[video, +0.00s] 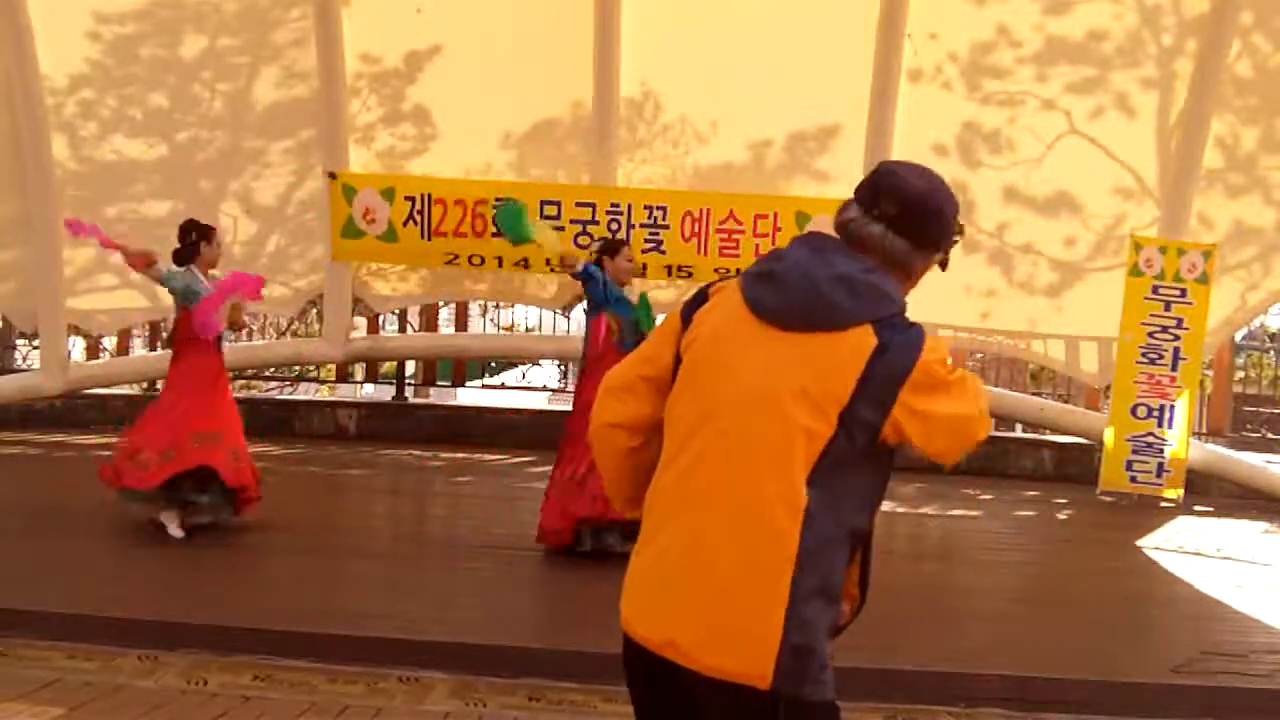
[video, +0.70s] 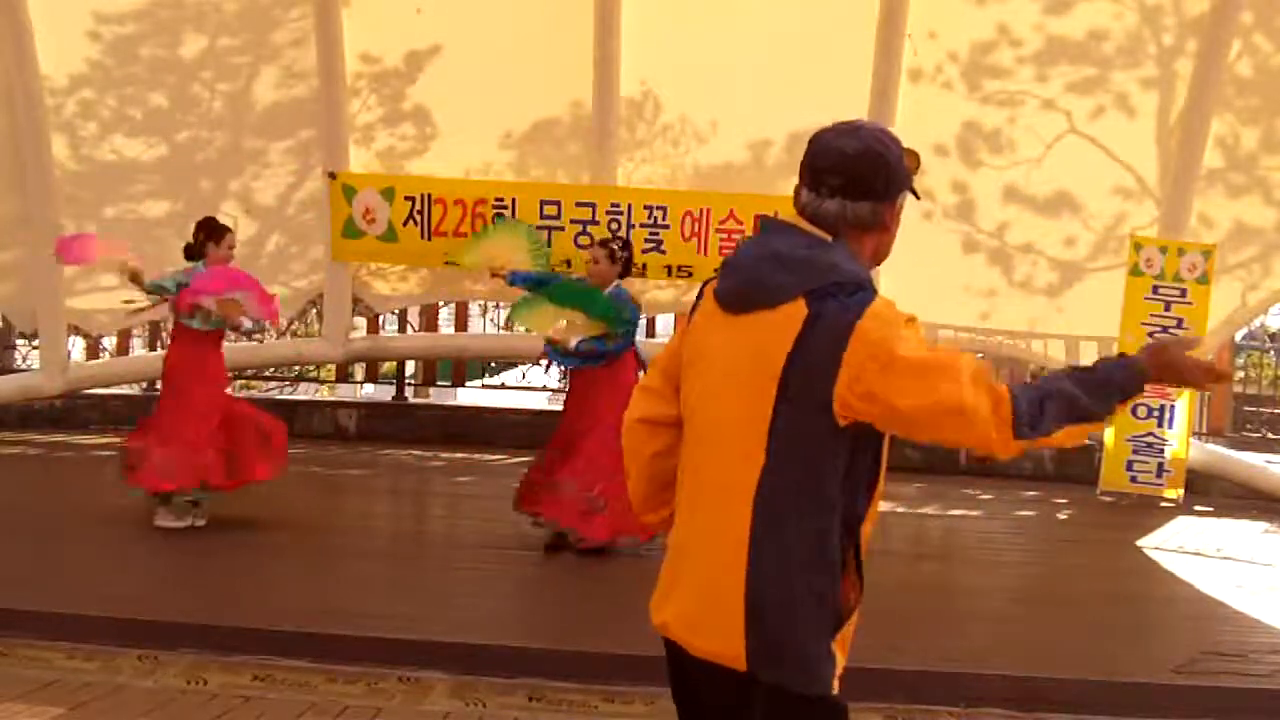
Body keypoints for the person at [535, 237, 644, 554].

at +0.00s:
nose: (633, 266)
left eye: (632, 260)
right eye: (627, 260)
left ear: (614, 262)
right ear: (607, 262)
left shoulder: (624, 300)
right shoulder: (603, 289)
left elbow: (635, 340)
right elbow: (594, 278)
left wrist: (644, 319)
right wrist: (578, 268)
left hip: (621, 386)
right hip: (599, 387)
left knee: (613, 452)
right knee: (595, 453)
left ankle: (608, 527)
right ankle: (589, 528)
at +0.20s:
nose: (625, 268)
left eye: (622, 262)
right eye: (621, 262)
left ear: (591, 266)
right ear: (611, 263)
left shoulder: (580, 299)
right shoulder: (614, 291)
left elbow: (572, 328)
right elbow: (650, 285)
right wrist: (692, 275)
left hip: (576, 380)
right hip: (604, 382)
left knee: (573, 452)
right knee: (599, 452)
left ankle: (559, 522)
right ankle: (597, 528)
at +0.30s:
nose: (602, 265)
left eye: (591, 262)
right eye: (604, 261)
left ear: (580, 267)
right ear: (607, 264)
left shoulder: (570, 301)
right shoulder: (622, 292)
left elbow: (562, 345)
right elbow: (663, 286)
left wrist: (584, 343)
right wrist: (705, 281)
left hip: (580, 384)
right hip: (616, 383)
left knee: (576, 452)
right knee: (611, 448)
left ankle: (570, 525)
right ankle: (606, 528)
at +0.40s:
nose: (573, 266)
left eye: (575, 261)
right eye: (575, 260)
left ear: (580, 265)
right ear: (607, 262)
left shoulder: (578, 299)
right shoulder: (627, 289)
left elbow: (552, 332)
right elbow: (663, 282)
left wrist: (565, 353)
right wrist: (695, 283)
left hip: (594, 376)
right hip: (629, 374)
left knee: (585, 447)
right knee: (620, 444)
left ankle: (581, 523)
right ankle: (617, 524)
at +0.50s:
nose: (573, 264)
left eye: (578, 260)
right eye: (575, 259)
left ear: (593, 263)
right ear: (606, 263)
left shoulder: (588, 296)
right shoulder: (617, 289)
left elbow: (571, 341)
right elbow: (638, 276)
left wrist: (553, 346)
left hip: (599, 376)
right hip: (626, 372)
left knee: (590, 447)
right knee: (615, 445)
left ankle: (592, 526)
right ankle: (616, 525)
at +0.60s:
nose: (581, 267)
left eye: (587, 262)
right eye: (582, 261)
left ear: (605, 267)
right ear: (593, 264)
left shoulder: (612, 296)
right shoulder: (589, 291)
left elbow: (597, 340)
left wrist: (554, 349)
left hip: (612, 378)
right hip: (591, 375)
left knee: (594, 447)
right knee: (585, 446)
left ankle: (597, 527)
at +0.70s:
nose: (589, 268)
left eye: (597, 262)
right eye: (589, 262)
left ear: (617, 266)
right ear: (593, 264)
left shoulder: (623, 303)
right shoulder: (589, 294)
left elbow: (611, 346)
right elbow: (556, 285)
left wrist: (561, 351)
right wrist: (513, 277)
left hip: (614, 381)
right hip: (587, 378)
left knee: (595, 449)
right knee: (576, 446)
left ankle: (597, 527)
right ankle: (567, 522)